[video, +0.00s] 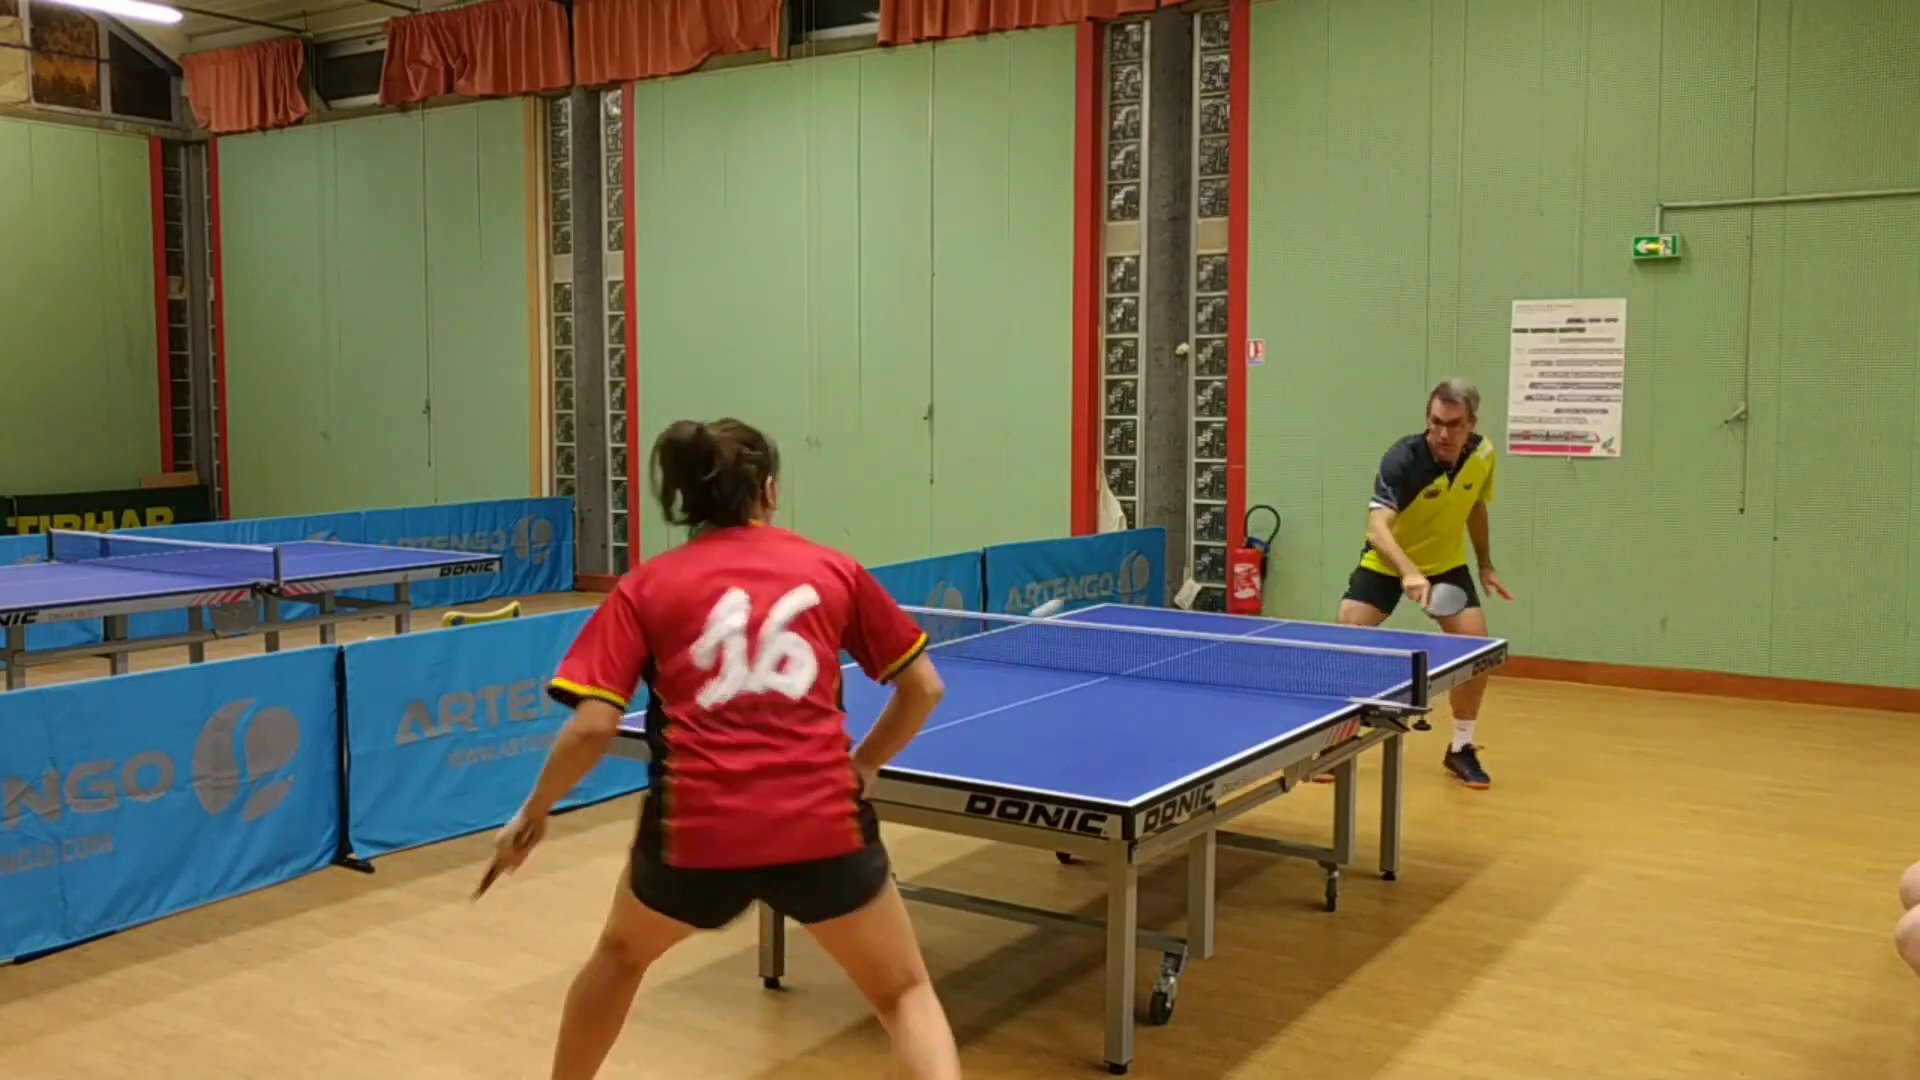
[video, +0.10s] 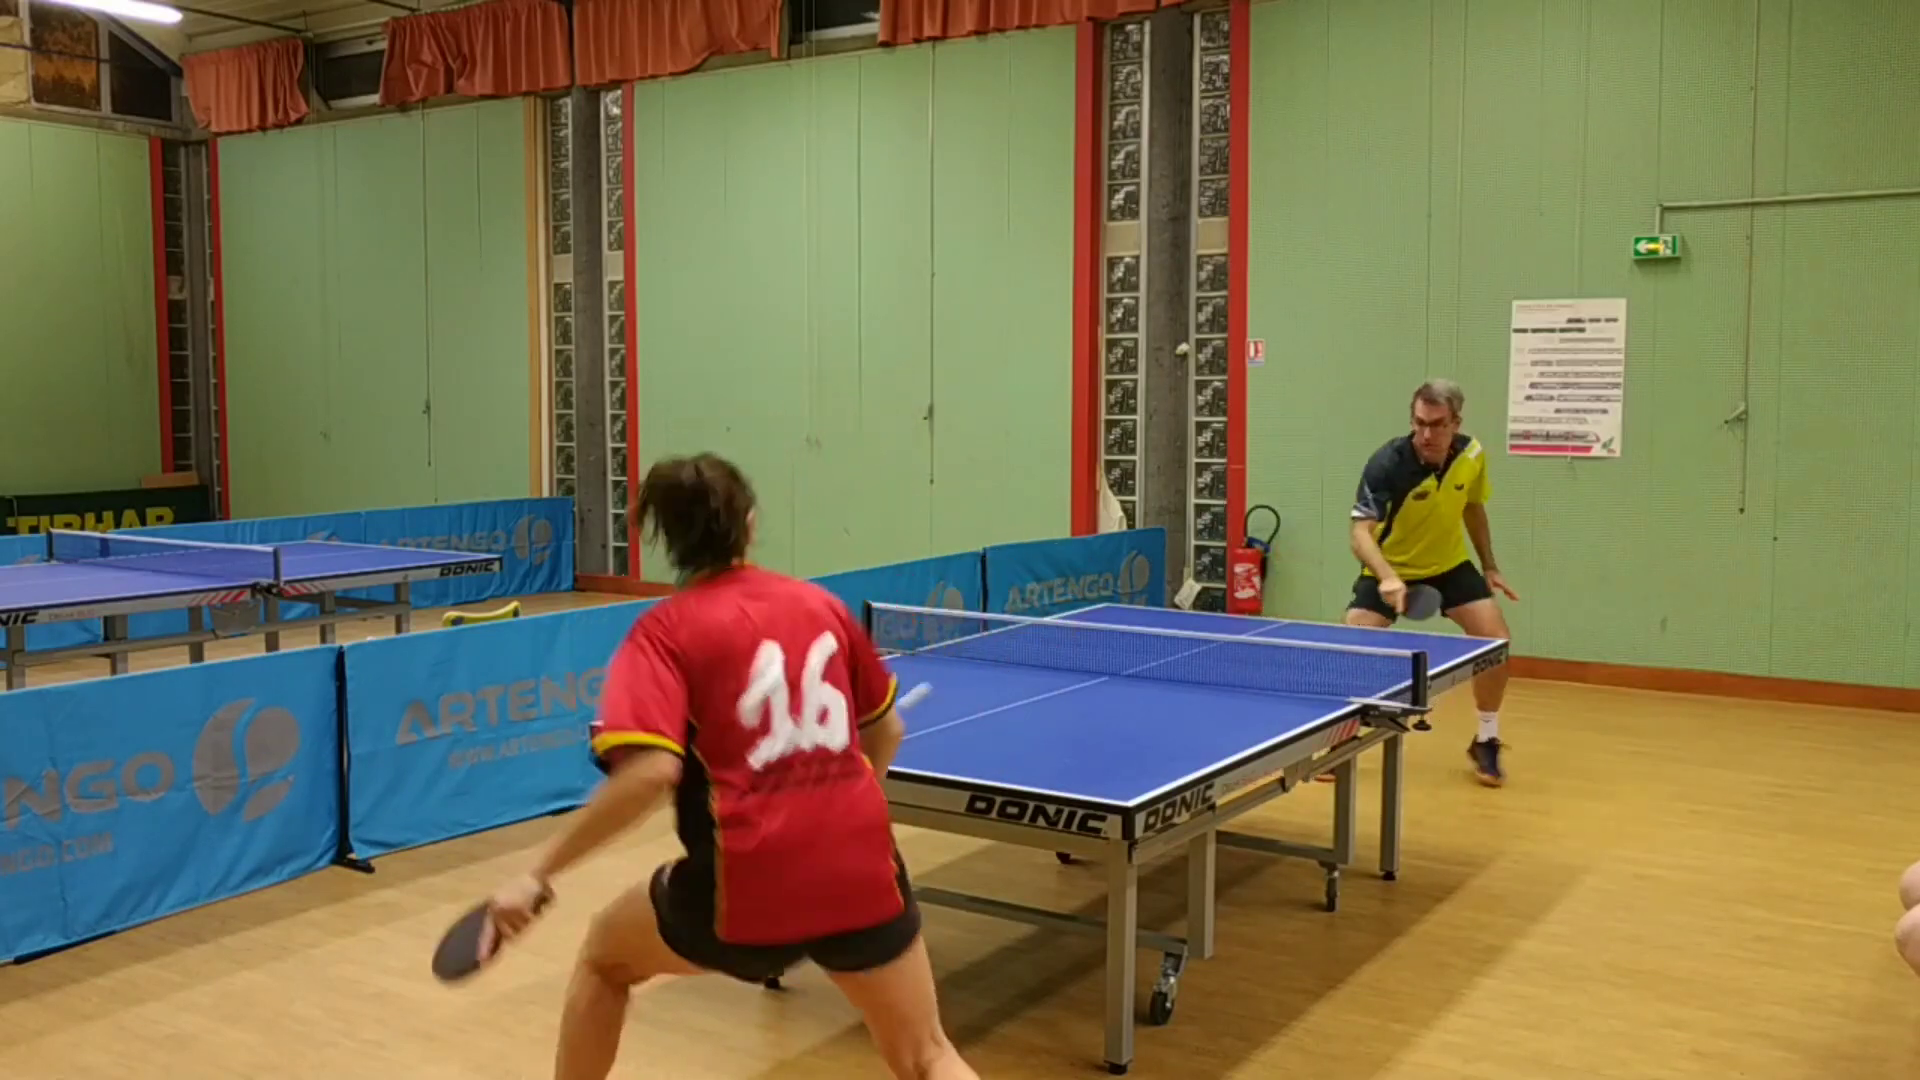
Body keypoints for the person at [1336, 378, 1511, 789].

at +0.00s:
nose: (1443, 434)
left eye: (1454, 426)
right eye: (1436, 423)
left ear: (1472, 424)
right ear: (1426, 419)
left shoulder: (1482, 455)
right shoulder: (1404, 456)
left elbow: (1477, 508)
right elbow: (1376, 524)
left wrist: (1486, 565)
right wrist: (1408, 571)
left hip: (1446, 563)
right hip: (1387, 560)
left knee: (1475, 646)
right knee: (1349, 633)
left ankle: (1462, 748)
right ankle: (1338, 741)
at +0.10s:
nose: (1426, 434)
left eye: (1436, 425)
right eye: (1420, 424)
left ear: (1455, 423)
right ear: (1411, 420)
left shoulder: (1470, 455)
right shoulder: (1388, 462)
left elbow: (1473, 508)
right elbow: (1359, 533)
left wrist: (1489, 567)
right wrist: (1386, 576)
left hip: (1449, 565)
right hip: (1391, 569)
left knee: (1496, 644)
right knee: (1354, 647)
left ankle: (1487, 741)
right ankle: (1340, 743)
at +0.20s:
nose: (1414, 440)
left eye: (1424, 430)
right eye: (1408, 429)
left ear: (1445, 429)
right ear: (1400, 427)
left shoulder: (1468, 463)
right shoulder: (1378, 473)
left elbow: (1484, 517)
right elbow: (1350, 538)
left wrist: (1503, 575)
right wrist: (1363, 583)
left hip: (1457, 573)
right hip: (1395, 575)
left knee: (1511, 653)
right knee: (1357, 644)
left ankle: (1534, 739)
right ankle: (1341, 743)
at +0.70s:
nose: (1459, 431)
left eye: (1467, 421)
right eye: (1454, 422)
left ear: (1491, 417)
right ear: (1448, 422)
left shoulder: (1534, 452)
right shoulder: (1447, 461)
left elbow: (1573, 504)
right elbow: (1433, 514)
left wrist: (1581, 565)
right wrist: (1426, 557)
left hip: (1541, 568)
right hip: (1479, 568)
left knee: (1570, 657)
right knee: (1437, 636)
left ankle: (1588, 746)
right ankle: (1433, 732)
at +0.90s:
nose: (1472, 406)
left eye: (1477, 396)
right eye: (1467, 398)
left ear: (1504, 384)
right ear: (1470, 394)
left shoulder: (1551, 422)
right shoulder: (1482, 423)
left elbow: (1592, 473)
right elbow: (1493, 471)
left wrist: (1581, 538)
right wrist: (1476, 510)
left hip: (1552, 548)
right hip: (1501, 547)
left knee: (1567, 641)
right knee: (1473, 622)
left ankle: (1595, 736)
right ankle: (1446, 715)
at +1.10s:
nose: (1499, 389)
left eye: (1506, 380)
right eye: (1494, 381)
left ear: (1531, 373)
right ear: (1492, 380)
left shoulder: (1566, 417)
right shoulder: (1507, 409)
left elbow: (1612, 472)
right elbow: (1509, 452)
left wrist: (1601, 539)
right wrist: (1460, 454)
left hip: (1560, 548)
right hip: (1518, 541)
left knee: (1571, 637)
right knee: (1506, 613)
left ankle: (1595, 737)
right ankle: (1504, 701)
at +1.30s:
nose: (1510, 388)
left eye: (1519, 379)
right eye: (1504, 380)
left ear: (1542, 377)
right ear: (1500, 378)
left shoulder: (1568, 427)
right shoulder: (1508, 418)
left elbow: (1610, 477)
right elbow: (1517, 467)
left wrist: (1626, 541)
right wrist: (1485, 489)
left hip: (1559, 554)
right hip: (1518, 548)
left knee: (1565, 641)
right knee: (1519, 619)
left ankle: (1595, 740)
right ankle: (1526, 695)